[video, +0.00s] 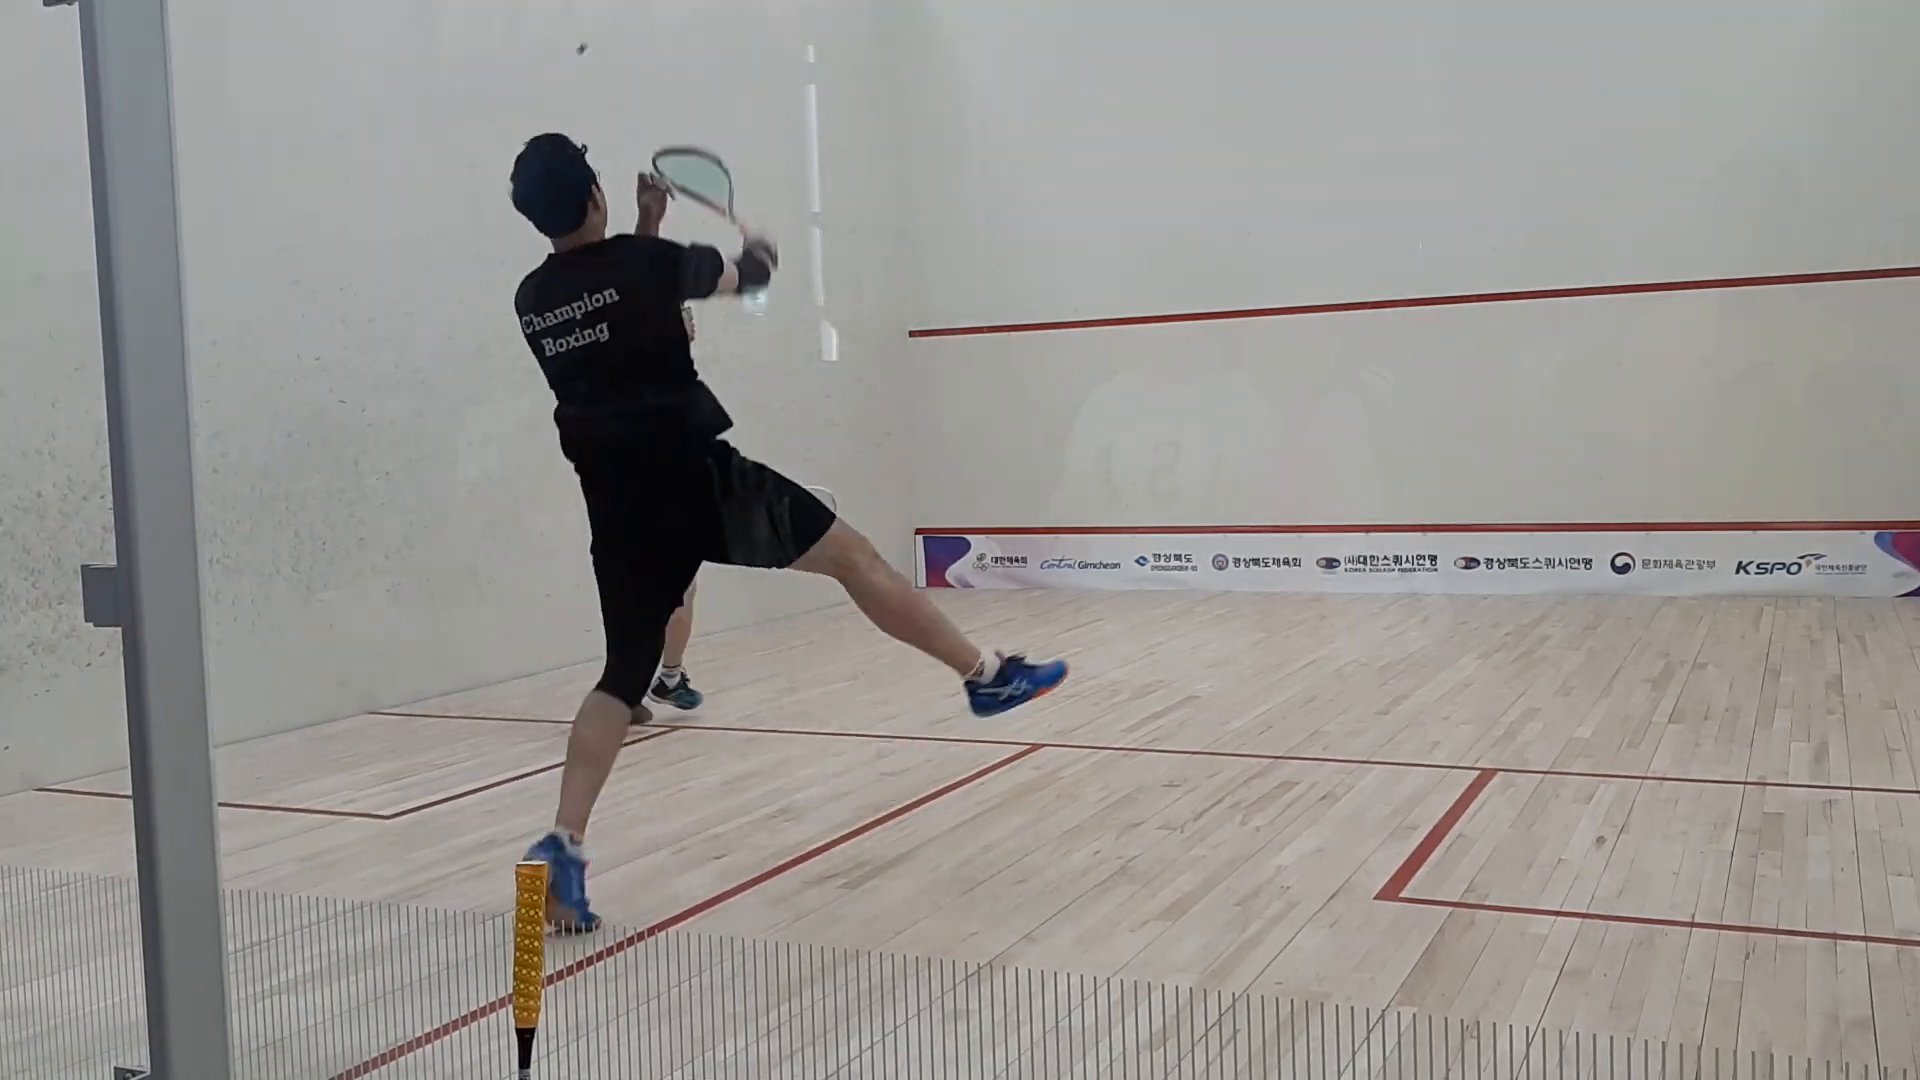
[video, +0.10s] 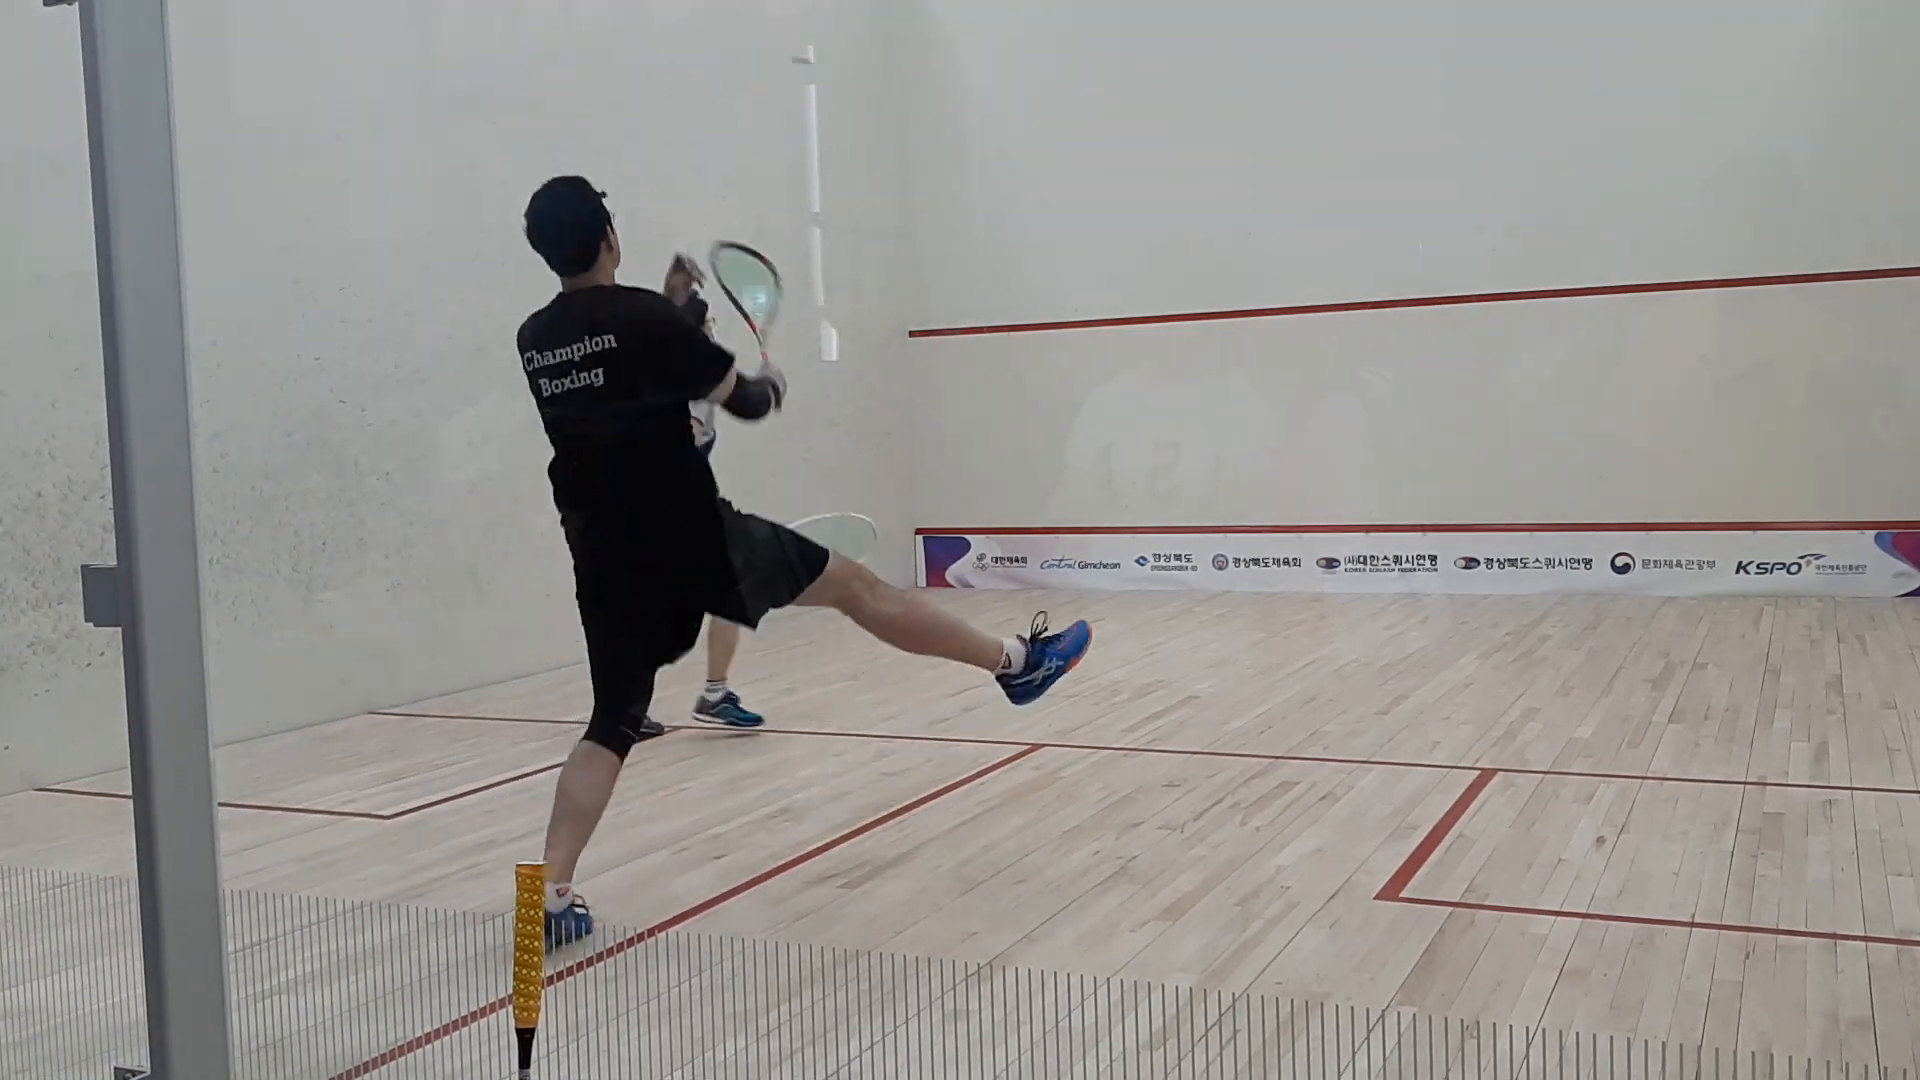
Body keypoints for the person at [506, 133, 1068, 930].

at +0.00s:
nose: (602, 193)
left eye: (591, 185)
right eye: (596, 185)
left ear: (531, 219)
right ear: (593, 195)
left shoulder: (530, 298)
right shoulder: (649, 263)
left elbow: (616, 297)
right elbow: (751, 272)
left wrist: (647, 226)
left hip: (619, 509)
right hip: (704, 482)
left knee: (623, 673)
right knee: (852, 557)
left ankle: (562, 847)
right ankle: (985, 673)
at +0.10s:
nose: (616, 234)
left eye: (604, 226)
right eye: (610, 226)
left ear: (543, 254)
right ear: (609, 237)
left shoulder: (535, 338)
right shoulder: (650, 321)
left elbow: (623, 384)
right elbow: (746, 402)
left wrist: (674, 318)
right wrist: (765, 385)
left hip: (604, 564)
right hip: (695, 540)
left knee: (611, 721)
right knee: (851, 584)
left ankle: (552, 895)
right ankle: (1015, 663)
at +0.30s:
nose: (682, 236)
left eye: (673, 224)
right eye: (677, 225)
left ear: (604, 248)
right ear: (669, 238)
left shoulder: (581, 339)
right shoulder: (695, 316)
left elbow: (579, 459)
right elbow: (738, 437)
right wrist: (797, 542)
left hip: (633, 569)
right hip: (725, 554)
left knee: (617, 724)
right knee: (825, 693)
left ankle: (544, 902)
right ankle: (877, 875)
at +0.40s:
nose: (733, 226)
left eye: (724, 214)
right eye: (728, 215)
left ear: (658, 238)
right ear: (720, 227)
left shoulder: (636, 324)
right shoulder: (749, 313)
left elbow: (623, 455)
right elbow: (771, 426)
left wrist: (614, 554)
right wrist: (780, 523)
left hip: (676, 569)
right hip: (759, 560)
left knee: (645, 719)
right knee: (812, 712)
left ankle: (556, 886)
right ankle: (827, 898)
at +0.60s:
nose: (833, 221)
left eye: (827, 210)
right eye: (830, 211)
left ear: (756, 227)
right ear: (817, 223)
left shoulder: (710, 308)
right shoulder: (827, 299)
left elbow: (669, 401)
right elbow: (812, 402)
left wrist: (625, 491)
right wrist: (777, 480)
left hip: (733, 535)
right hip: (805, 535)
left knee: (757, 679)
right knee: (814, 707)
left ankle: (683, 826)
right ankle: (824, 898)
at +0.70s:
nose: (866, 239)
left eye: (859, 227)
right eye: (863, 227)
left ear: (789, 231)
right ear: (849, 230)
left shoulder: (739, 309)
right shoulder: (856, 303)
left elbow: (705, 400)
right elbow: (843, 407)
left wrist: (661, 481)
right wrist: (822, 494)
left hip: (750, 529)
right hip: (811, 532)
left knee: (791, 684)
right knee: (823, 707)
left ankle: (783, 835)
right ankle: (825, 898)